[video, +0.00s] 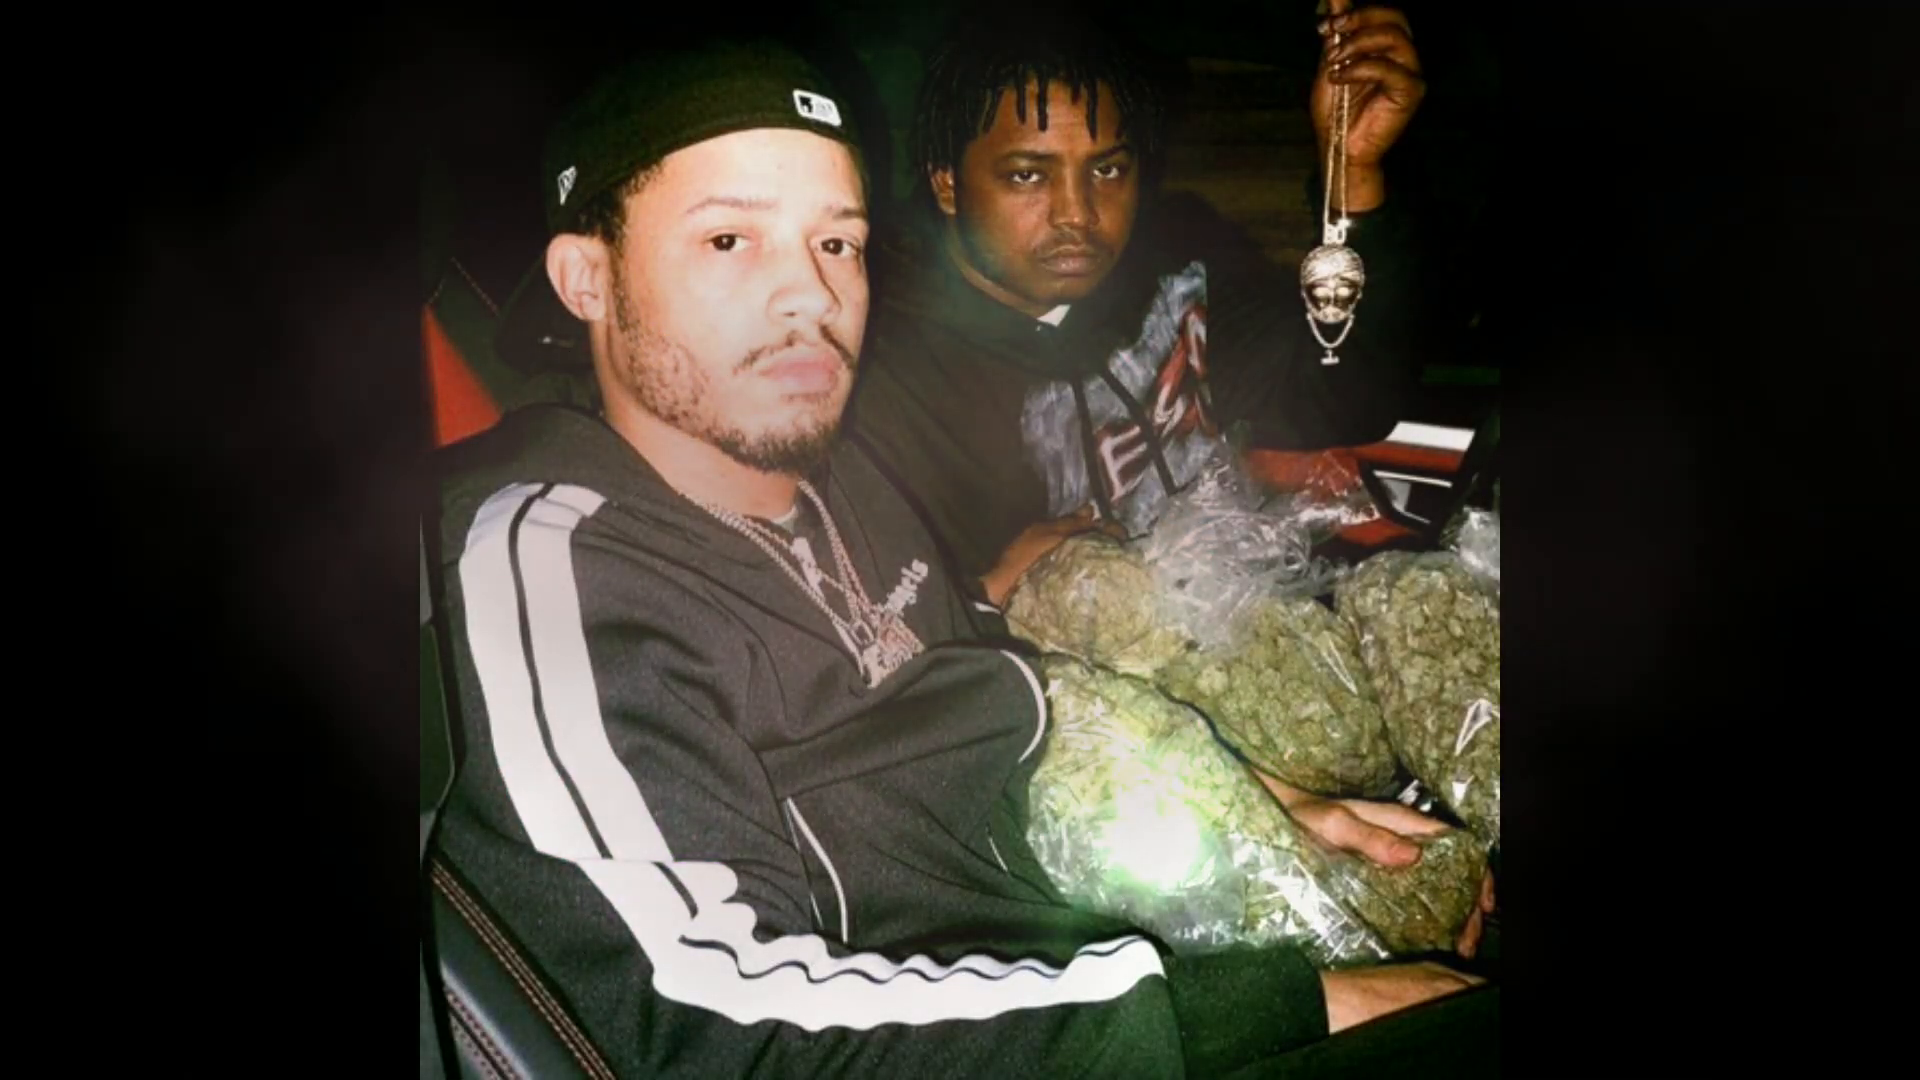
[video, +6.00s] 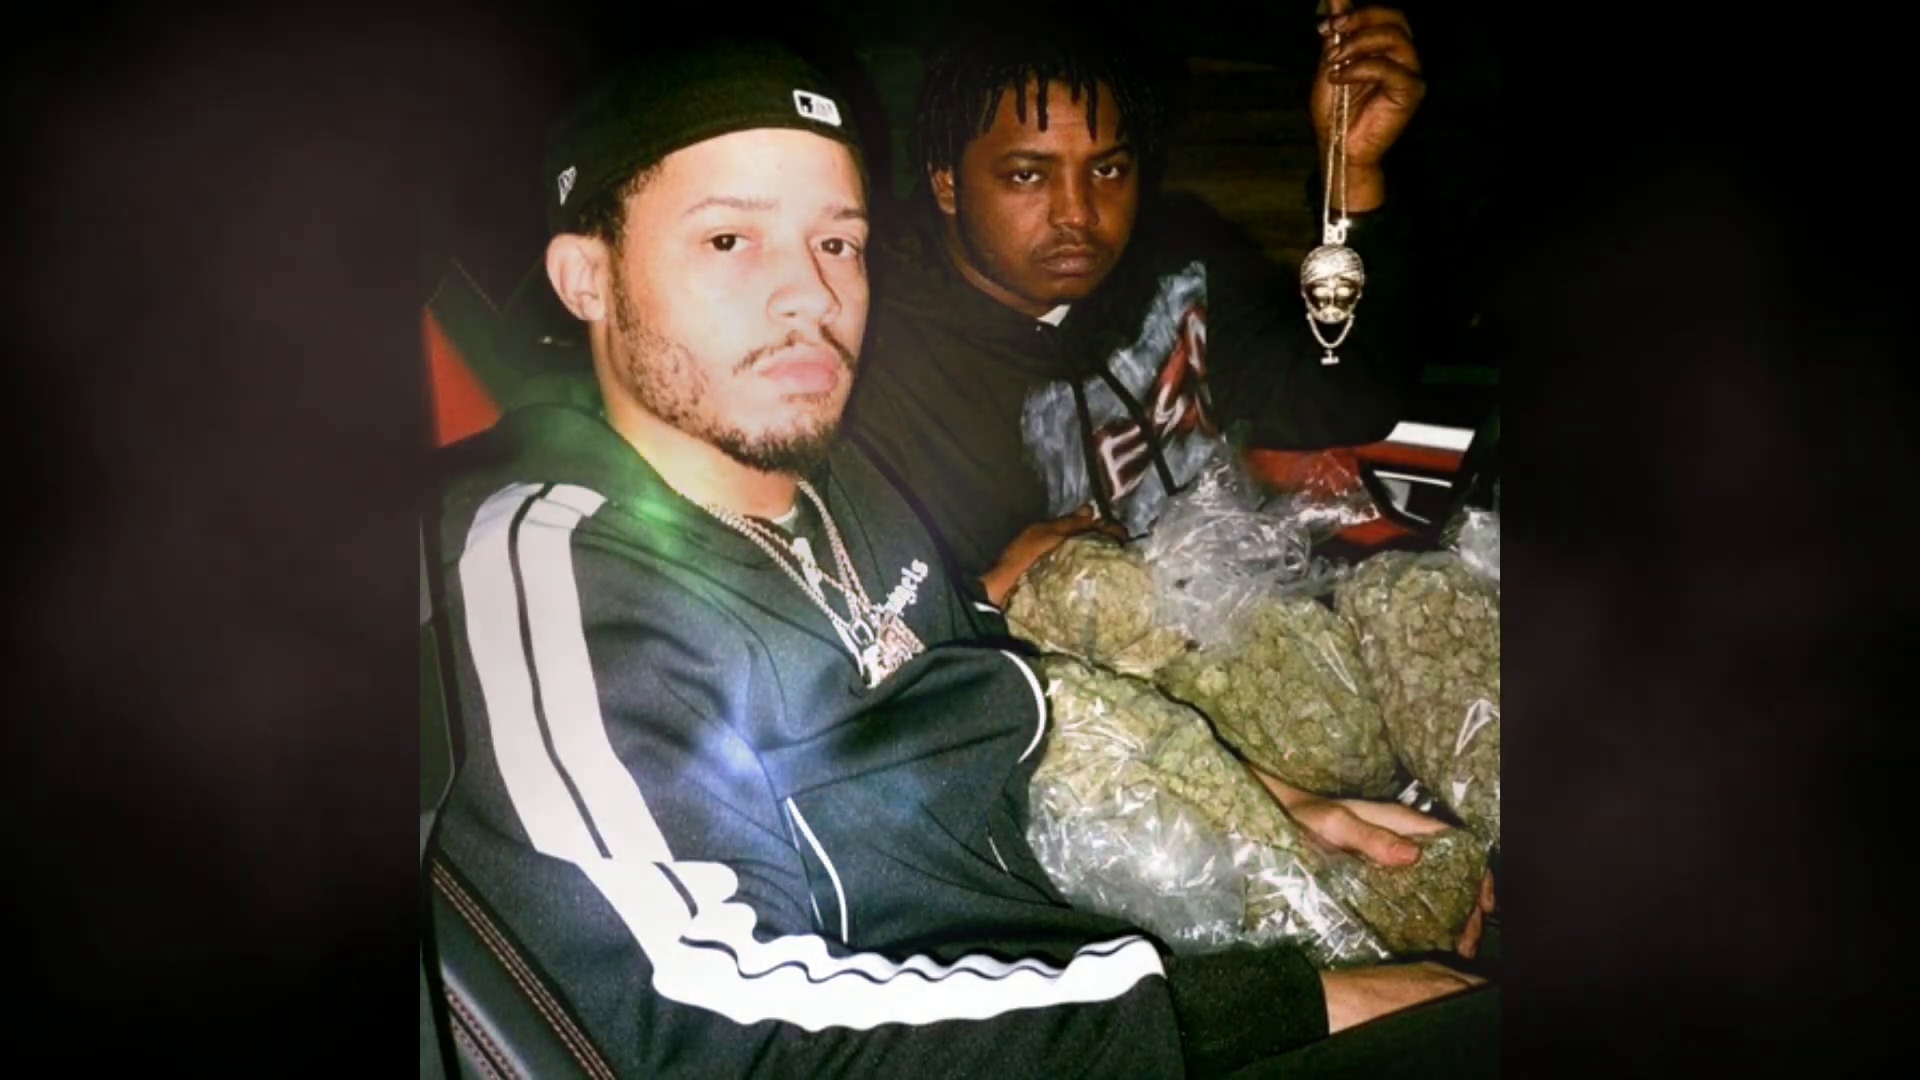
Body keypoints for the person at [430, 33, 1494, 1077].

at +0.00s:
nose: (813, 304)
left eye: (836, 249)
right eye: (729, 245)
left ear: (868, 269)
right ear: (588, 283)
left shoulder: (832, 477)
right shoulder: (532, 552)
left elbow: (1001, 742)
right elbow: (711, 1012)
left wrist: (1263, 827)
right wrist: (1281, 1007)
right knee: (1458, 1008)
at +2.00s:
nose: (811, 306)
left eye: (835, 249)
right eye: (730, 246)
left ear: (868, 268)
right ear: (589, 283)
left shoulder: (842, 484)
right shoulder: (530, 550)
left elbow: (1012, 738)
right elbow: (706, 1014)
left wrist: (1267, 817)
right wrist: (1276, 1008)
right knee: (1479, 1006)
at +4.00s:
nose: (810, 303)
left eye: (835, 249)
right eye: (729, 244)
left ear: (866, 269)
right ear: (588, 282)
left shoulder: (828, 482)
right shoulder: (536, 552)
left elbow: (1010, 745)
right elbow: (707, 1019)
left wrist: (1267, 820)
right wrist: (1278, 1008)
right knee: (1489, 1006)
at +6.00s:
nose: (812, 303)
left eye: (837, 249)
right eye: (729, 244)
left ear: (869, 267)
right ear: (587, 281)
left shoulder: (827, 488)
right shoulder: (534, 550)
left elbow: (1006, 736)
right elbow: (703, 1017)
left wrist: (1268, 819)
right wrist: (1275, 1008)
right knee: (1481, 1010)